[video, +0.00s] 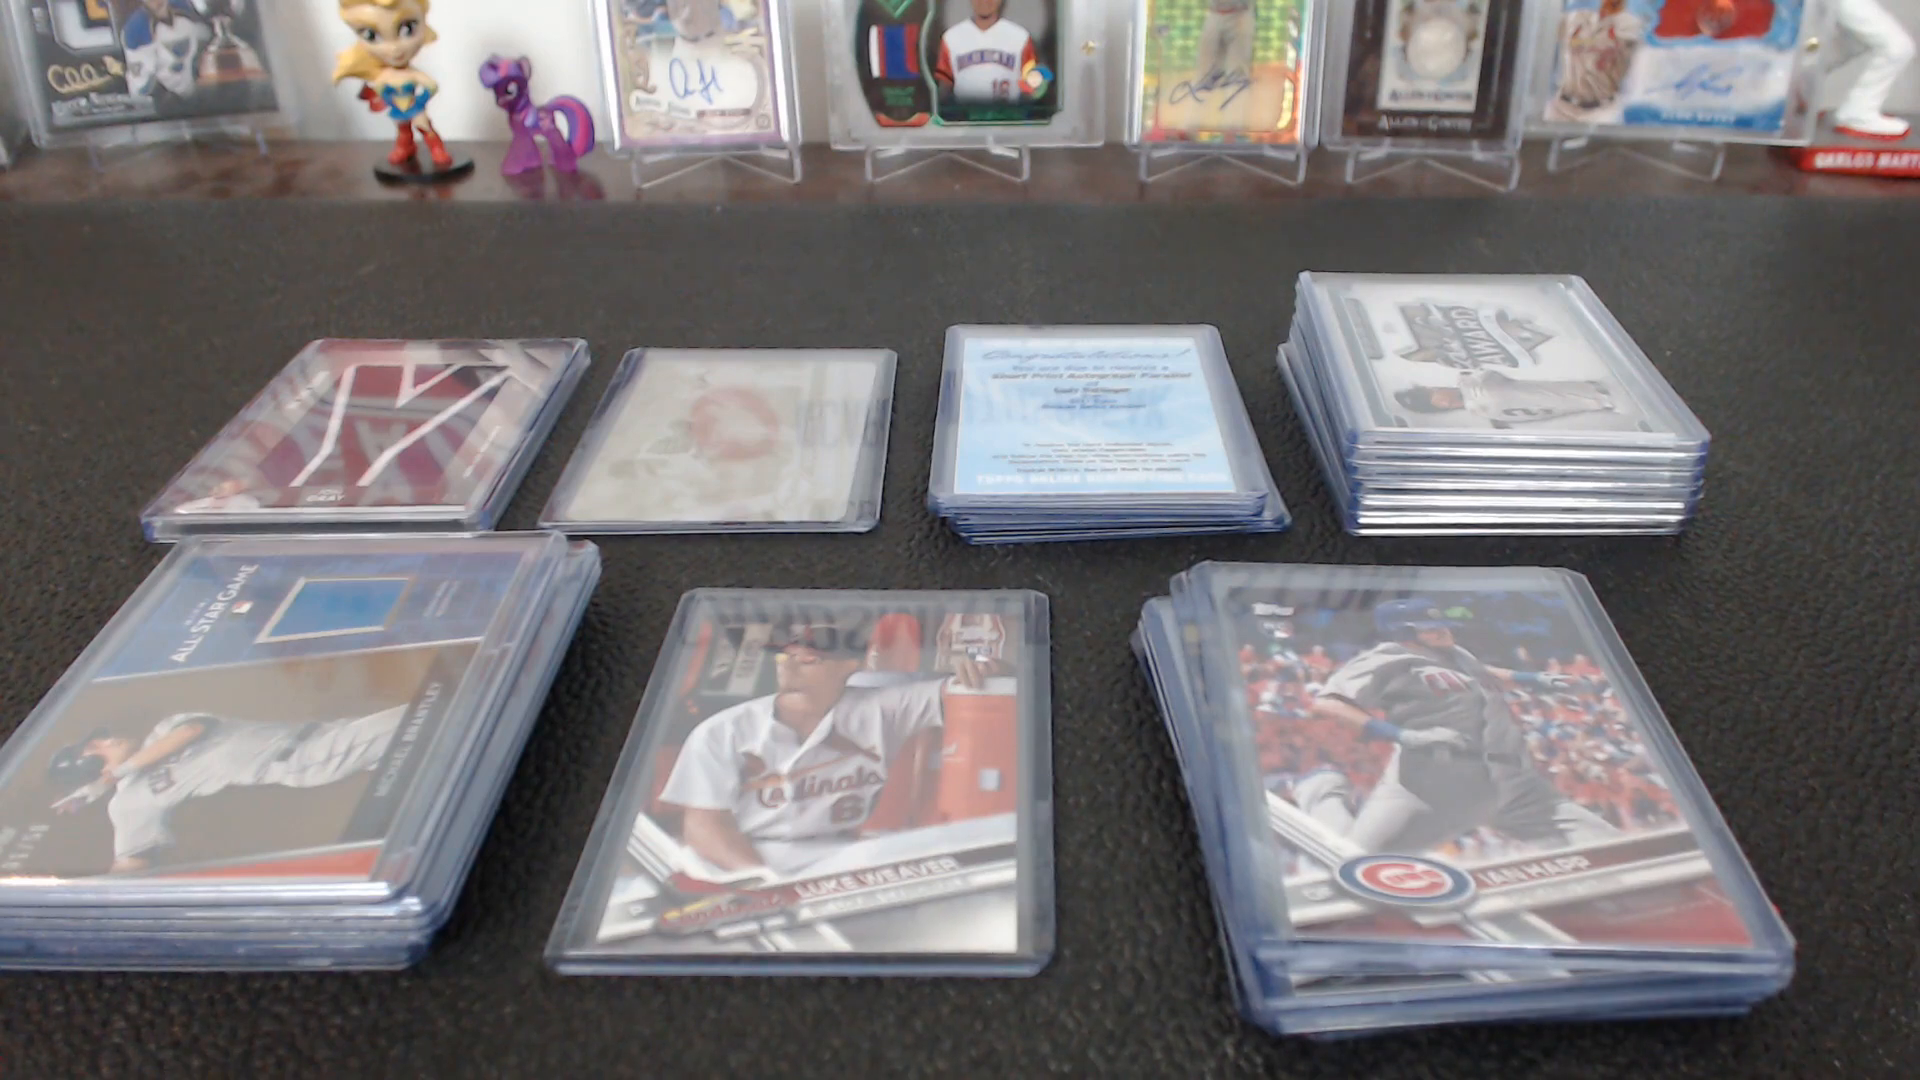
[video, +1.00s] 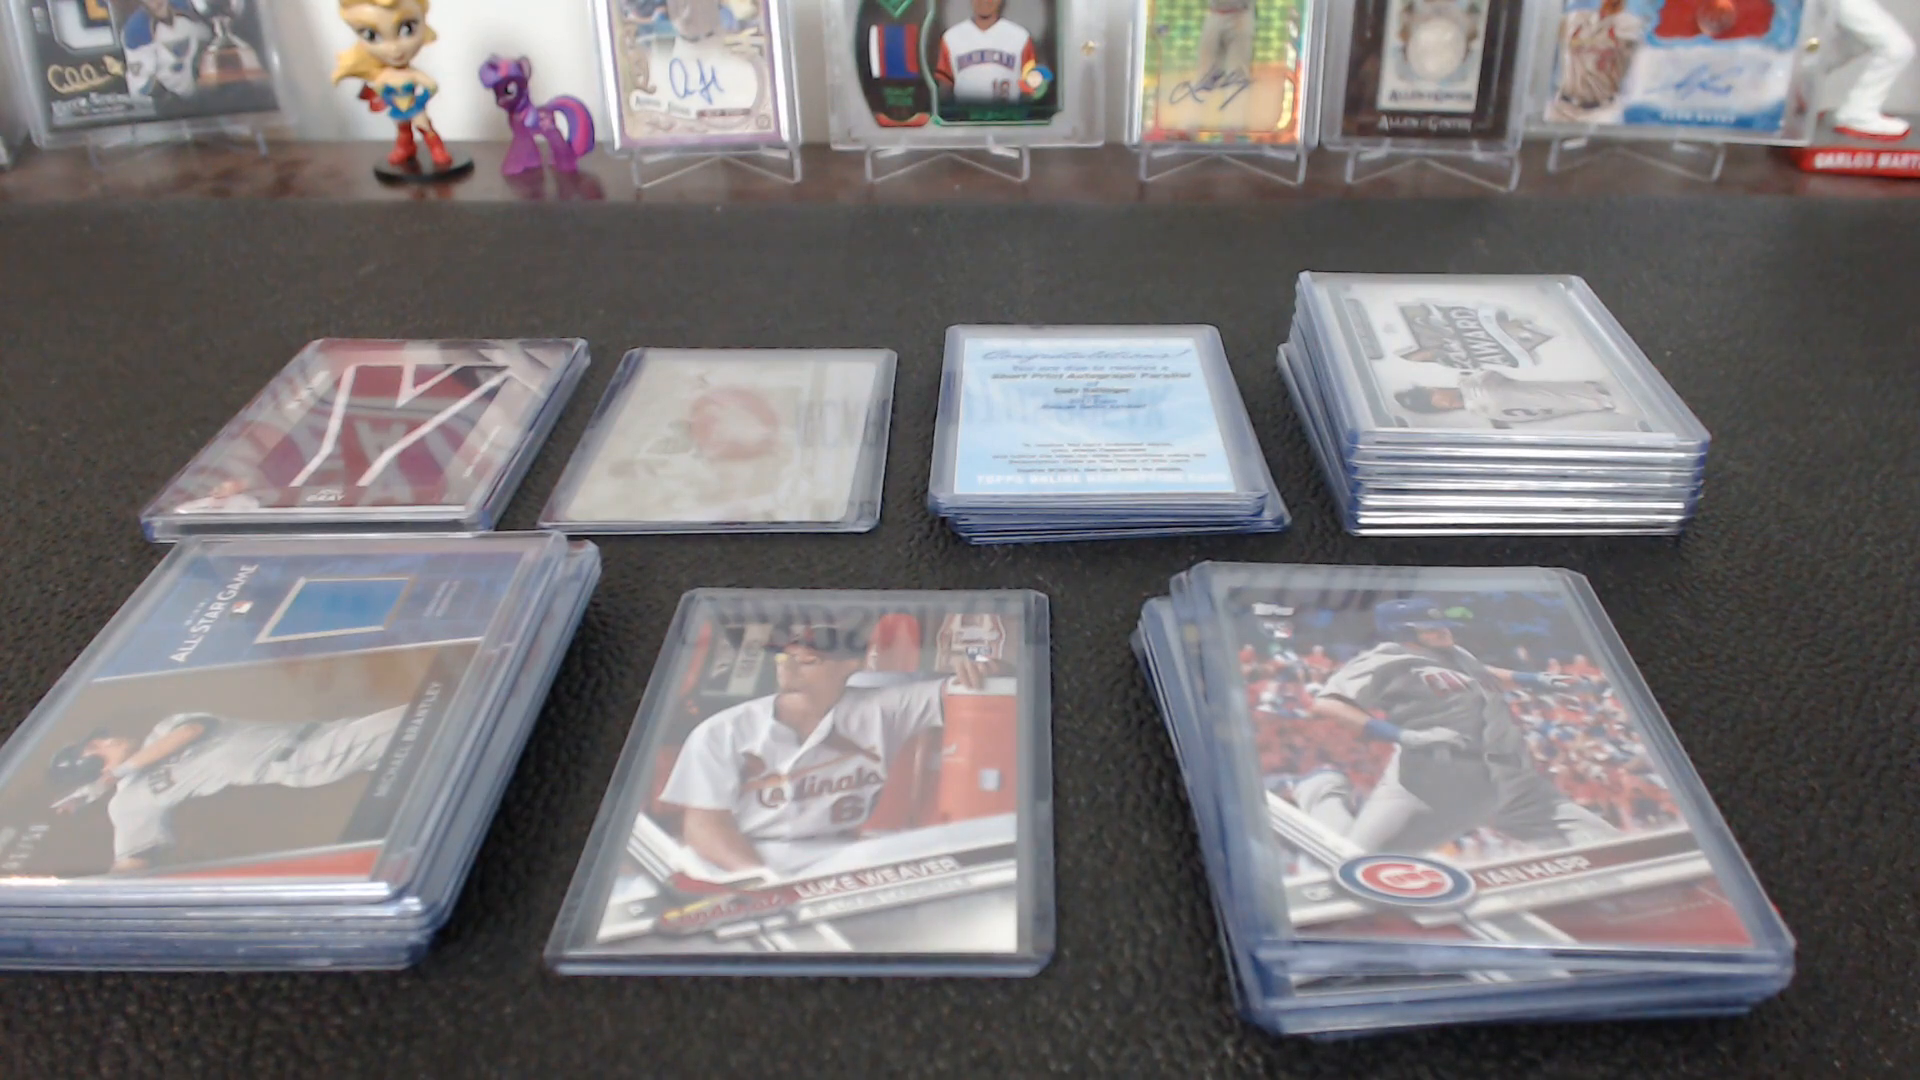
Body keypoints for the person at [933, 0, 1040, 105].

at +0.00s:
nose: (984, 2)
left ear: (1000, 2)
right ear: (971, 2)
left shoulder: (1020, 36)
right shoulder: (951, 37)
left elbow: (1030, 81)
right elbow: (944, 81)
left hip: (1009, 120)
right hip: (966, 119)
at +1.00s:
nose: (984, 2)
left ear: (1000, 2)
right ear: (971, 2)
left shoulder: (1020, 36)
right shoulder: (951, 37)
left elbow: (1030, 84)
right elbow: (944, 82)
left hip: (1009, 122)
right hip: (965, 121)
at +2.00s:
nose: (984, 2)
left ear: (1000, 2)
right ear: (972, 2)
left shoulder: (1020, 36)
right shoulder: (951, 37)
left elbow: (1030, 81)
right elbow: (944, 79)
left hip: (1009, 120)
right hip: (965, 119)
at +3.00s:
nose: (984, 2)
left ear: (1000, 2)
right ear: (971, 2)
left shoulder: (1020, 37)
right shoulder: (950, 38)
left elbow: (1029, 81)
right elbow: (944, 78)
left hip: (1009, 121)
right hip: (965, 120)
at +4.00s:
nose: (984, 2)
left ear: (1001, 2)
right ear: (971, 2)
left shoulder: (1020, 37)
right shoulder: (950, 38)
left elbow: (1029, 81)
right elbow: (944, 78)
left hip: (1008, 120)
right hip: (965, 119)